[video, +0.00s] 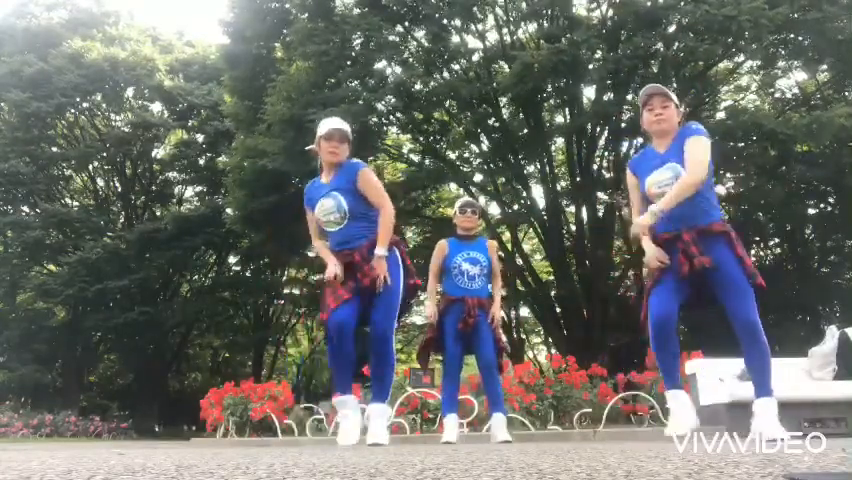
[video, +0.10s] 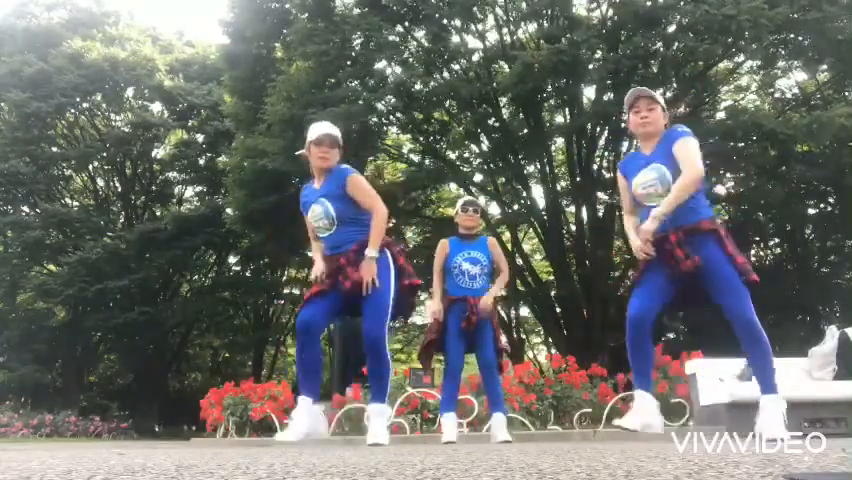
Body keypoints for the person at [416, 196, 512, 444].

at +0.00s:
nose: (468, 216)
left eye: (473, 213)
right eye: (463, 213)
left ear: (479, 219)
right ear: (455, 217)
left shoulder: (489, 246)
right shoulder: (444, 245)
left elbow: (496, 277)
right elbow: (433, 276)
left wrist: (497, 303)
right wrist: (431, 302)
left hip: (482, 306)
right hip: (454, 306)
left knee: (488, 361)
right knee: (452, 362)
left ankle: (498, 420)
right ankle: (449, 420)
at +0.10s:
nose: (470, 215)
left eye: (475, 211)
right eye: (465, 211)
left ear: (480, 218)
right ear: (456, 217)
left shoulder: (489, 243)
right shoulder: (446, 244)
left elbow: (504, 270)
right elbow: (437, 276)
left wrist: (492, 294)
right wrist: (436, 300)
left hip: (483, 306)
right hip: (455, 306)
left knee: (488, 362)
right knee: (454, 363)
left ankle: (498, 419)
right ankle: (448, 418)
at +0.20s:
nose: (469, 217)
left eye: (473, 214)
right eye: (464, 213)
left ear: (479, 219)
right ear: (455, 217)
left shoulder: (487, 242)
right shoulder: (444, 246)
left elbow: (501, 257)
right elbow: (436, 278)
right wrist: (439, 302)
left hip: (483, 307)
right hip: (454, 307)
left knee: (490, 362)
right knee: (449, 358)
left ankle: (498, 419)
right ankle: (440, 415)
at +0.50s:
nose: (455, 216)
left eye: (460, 212)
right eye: (451, 212)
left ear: (467, 216)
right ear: (444, 215)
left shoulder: (476, 243)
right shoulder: (431, 244)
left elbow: (486, 273)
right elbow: (417, 272)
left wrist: (491, 293)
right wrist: (419, 297)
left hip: (468, 305)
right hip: (439, 305)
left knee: (471, 363)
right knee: (436, 364)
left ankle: (480, 420)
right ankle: (431, 421)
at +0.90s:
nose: (429, 224)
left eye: (435, 222)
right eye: (425, 220)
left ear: (440, 228)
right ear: (417, 225)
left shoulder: (445, 253)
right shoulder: (410, 258)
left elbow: (467, 279)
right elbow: (408, 289)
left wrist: (460, 315)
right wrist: (408, 314)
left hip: (447, 321)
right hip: (421, 323)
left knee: (460, 369)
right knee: (400, 360)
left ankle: (481, 419)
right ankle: (397, 418)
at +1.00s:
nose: (425, 212)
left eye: (431, 209)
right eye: (421, 208)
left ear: (436, 216)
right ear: (413, 213)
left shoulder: (441, 240)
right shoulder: (396, 244)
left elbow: (460, 271)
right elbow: (386, 276)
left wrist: (452, 302)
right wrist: (389, 299)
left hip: (434, 309)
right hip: (404, 311)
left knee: (448, 366)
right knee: (388, 363)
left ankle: (473, 417)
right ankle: (395, 424)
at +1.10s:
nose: (423, 203)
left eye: (429, 200)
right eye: (419, 198)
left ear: (434, 206)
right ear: (410, 202)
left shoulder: (438, 234)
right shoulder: (394, 225)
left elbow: (449, 261)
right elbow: (370, 246)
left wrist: (448, 285)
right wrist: (380, 271)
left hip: (429, 294)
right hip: (400, 292)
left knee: (441, 343)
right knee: (396, 353)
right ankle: (387, 417)